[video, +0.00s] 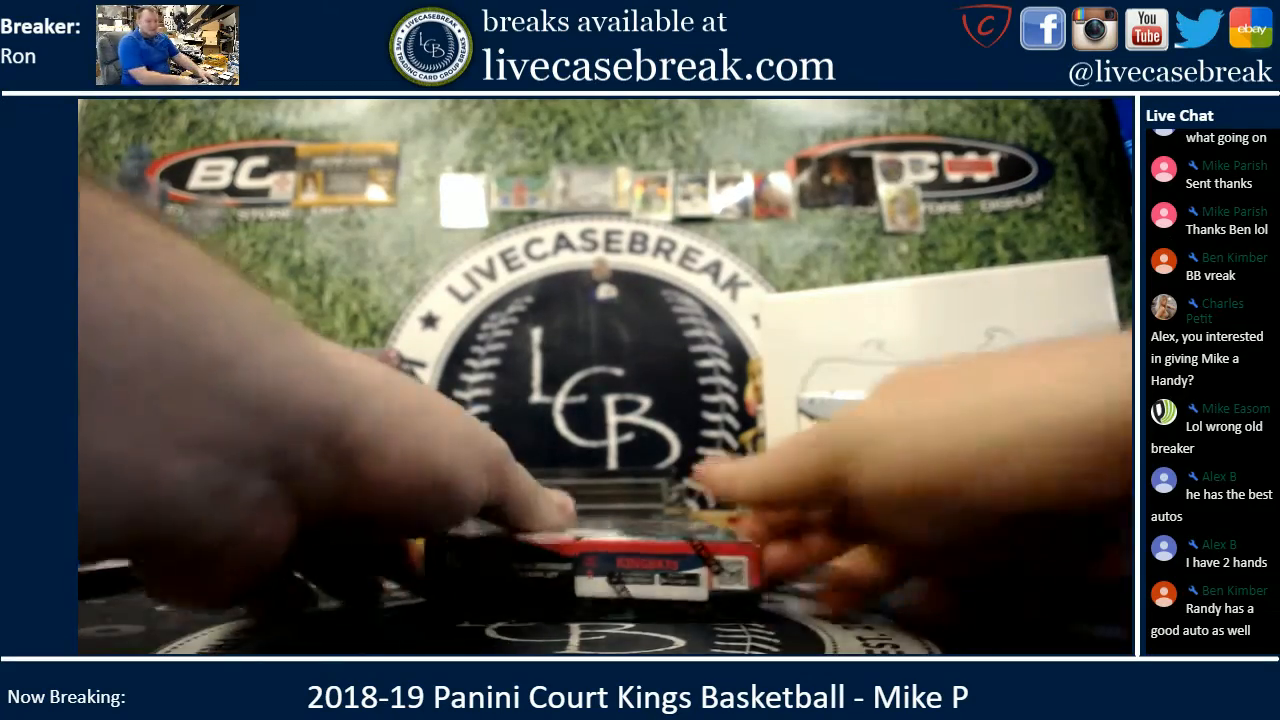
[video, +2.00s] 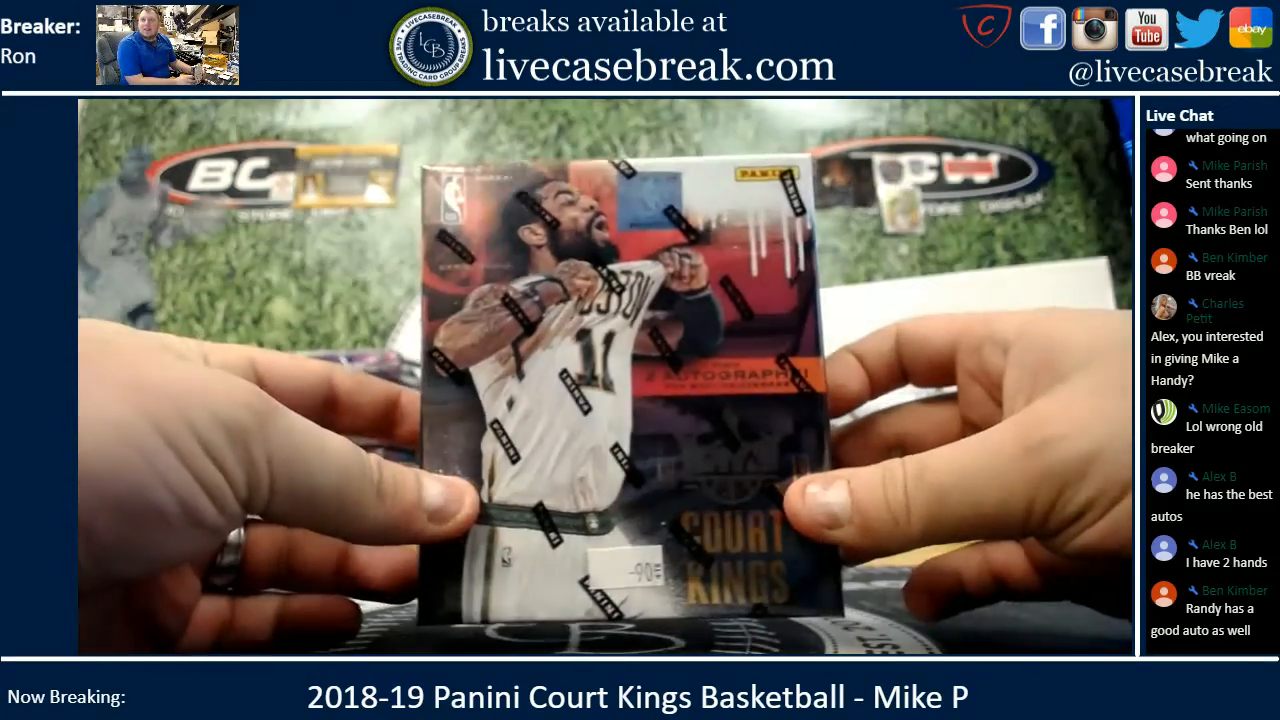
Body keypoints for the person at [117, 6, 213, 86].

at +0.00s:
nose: (153, 25)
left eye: (156, 21)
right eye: (148, 21)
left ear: (159, 22)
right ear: (138, 21)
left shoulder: (162, 39)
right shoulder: (129, 42)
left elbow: (179, 57)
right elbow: (143, 78)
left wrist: (199, 70)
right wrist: (181, 80)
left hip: (165, 91)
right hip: (139, 96)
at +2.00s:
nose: (146, 24)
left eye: (152, 20)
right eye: (143, 20)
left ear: (159, 24)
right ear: (138, 23)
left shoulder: (164, 40)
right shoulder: (128, 45)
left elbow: (174, 62)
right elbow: (136, 82)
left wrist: (194, 70)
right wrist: (177, 81)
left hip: (167, 93)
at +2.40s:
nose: (147, 24)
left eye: (152, 20)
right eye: (143, 20)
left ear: (159, 24)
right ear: (138, 23)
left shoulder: (164, 40)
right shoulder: (128, 45)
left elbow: (174, 63)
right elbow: (136, 81)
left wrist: (195, 71)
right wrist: (177, 81)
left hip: (167, 92)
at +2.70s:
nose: (147, 24)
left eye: (152, 20)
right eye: (143, 20)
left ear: (159, 24)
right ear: (138, 23)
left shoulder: (164, 40)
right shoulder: (128, 45)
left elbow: (174, 63)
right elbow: (136, 81)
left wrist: (193, 71)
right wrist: (177, 81)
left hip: (167, 92)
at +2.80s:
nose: (147, 24)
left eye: (152, 20)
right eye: (143, 20)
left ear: (159, 23)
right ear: (138, 23)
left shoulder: (164, 40)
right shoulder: (128, 45)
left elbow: (174, 63)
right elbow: (135, 81)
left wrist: (193, 71)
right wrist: (177, 81)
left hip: (166, 92)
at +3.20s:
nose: (145, 24)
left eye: (150, 20)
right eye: (142, 20)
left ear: (159, 23)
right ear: (137, 23)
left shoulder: (164, 41)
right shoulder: (127, 45)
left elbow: (174, 63)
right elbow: (135, 81)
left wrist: (193, 70)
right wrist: (177, 81)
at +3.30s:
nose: (142, 25)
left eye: (147, 21)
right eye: (138, 21)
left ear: (157, 23)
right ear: (135, 23)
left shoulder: (164, 41)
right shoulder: (127, 45)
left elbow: (174, 63)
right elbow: (135, 81)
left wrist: (194, 70)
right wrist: (176, 81)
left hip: (166, 92)